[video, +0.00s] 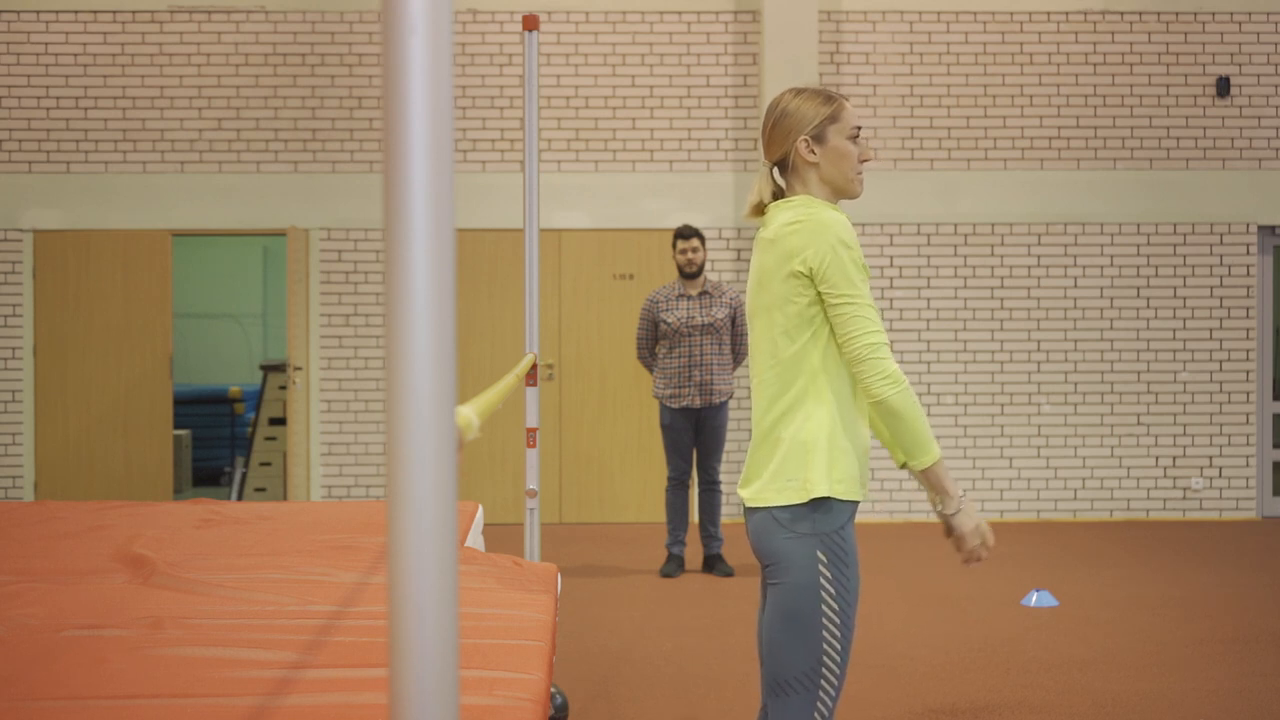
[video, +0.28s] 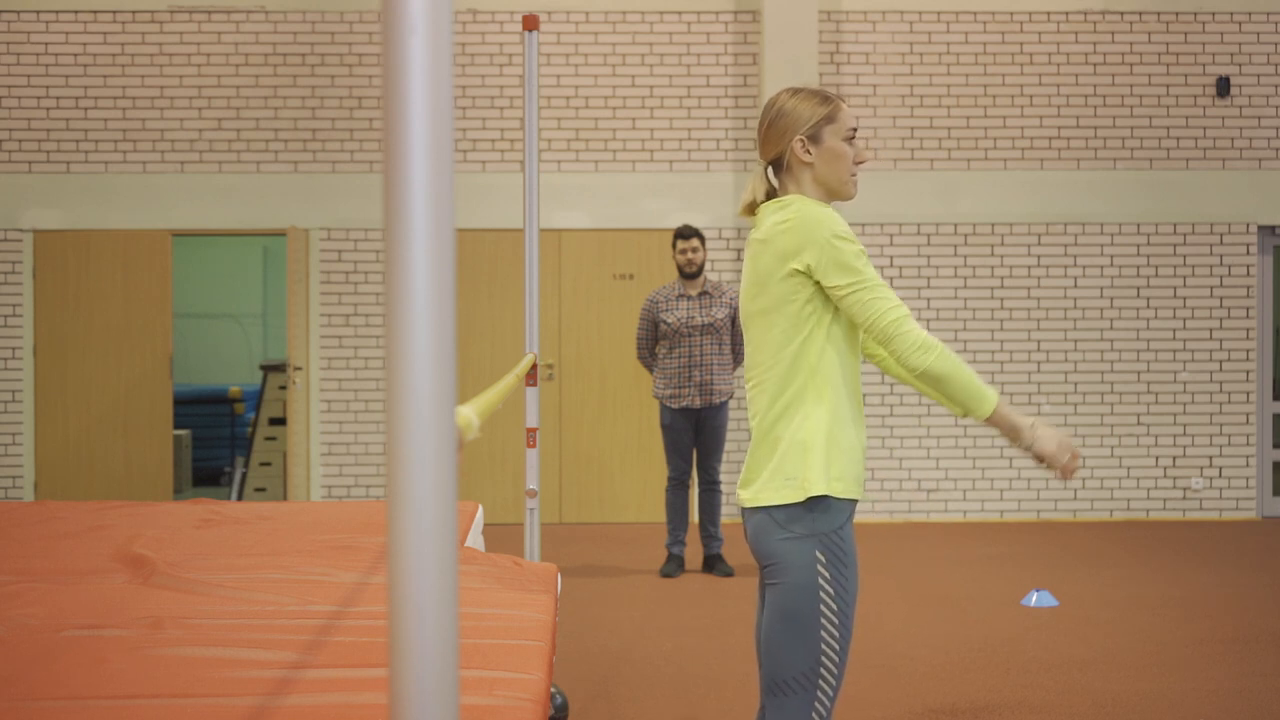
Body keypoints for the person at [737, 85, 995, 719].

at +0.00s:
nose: (866, 153)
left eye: (861, 138)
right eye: (853, 139)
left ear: (807, 153)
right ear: (807, 151)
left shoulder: (783, 227)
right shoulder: (820, 229)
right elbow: (877, 379)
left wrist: (941, 496)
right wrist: (949, 502)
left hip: (785, 504)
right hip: (808, 508)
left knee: (788, 705)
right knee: (804, 706)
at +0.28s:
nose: (861, 154)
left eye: (857, 139)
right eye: (847, 139)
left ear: (802, 153)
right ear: (801, 151)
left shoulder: (780, 228)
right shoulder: (810, 225)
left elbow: (890, 349)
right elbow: (905, 344)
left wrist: (1010, 422)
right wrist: (1020, 426)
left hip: (788, 502)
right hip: (805, 505)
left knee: (790, 704)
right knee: (800, 705)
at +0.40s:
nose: (857, 154)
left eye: (854, 140)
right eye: (845, 140)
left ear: (801, 153)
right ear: (801, 150)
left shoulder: (780, 227)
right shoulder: (804, 223)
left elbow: (896, 327)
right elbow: (912, 319)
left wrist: (1034, 373)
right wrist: (1048, 377)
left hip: (793, 499)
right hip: (806, 501)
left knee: (792, 703)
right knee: (802, 705)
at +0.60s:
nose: (854, 156)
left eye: (850, 139)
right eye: (841, 140)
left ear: (798, 153)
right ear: (797, 151)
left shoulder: (778, 224)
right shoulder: (795, 223)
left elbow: (925, 277)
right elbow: (931, 276)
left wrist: (1067, 279)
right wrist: (1073, 277)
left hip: (799, 501)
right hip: (809, 502)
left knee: (794, 704)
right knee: (804, 706)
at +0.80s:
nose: (852, 156)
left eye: (848, 141)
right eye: (840, 141)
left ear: (796, 153)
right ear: (796, 151)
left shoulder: (782, 223)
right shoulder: (785, 221)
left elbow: (927, 223)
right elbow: (932, 225)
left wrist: (1047, 176)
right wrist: (1064, 176)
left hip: (806, 498)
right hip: (812, 499)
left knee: (800, 703)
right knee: (807, 705)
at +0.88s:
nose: (850, 157)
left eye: (847, 142)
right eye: (840, 142)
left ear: (795, 152)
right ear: (796, 150)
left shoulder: (783, 223)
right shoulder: (783, 220)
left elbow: (922, 204)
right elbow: (931, 205)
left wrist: (1025, 144)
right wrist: (1055, 137)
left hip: (812, 495)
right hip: (814, 497)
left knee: (803, 700)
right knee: (809, 702)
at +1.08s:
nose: (853, 157)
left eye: (849, 142)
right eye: (842, 142)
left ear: (796, 151)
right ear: (794, 150)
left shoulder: (783, 222)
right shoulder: (782, 223)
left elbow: (908, 157)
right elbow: (931, 162)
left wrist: (989, 62)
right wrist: (1007, 59)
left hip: (816, 489)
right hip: (821, 494)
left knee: (806, 698)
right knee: (816, 702)